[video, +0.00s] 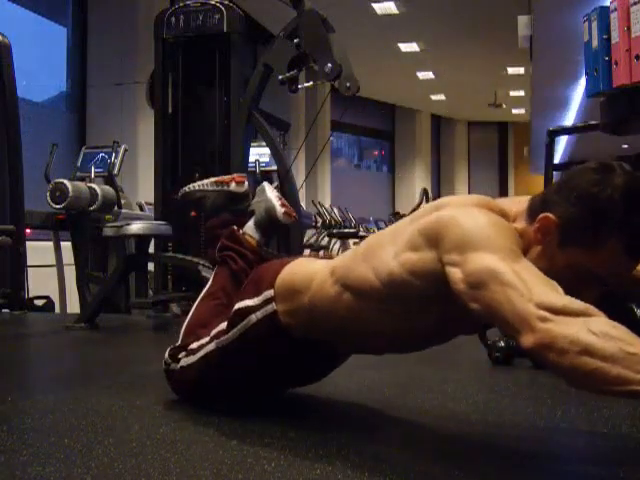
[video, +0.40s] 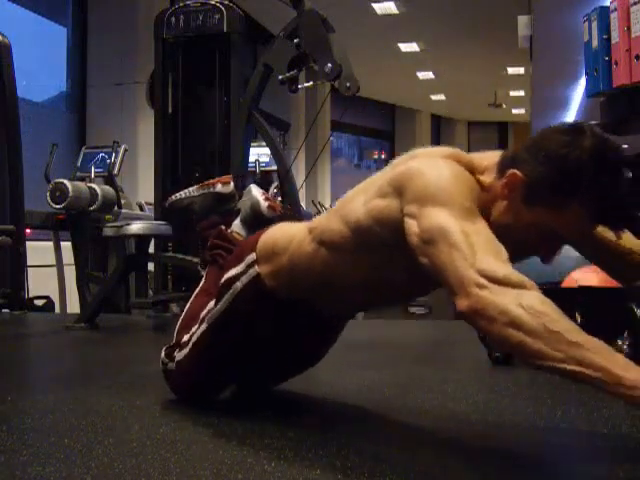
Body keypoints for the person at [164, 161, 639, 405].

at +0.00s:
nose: (576, 287)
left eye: (589, 283)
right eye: (579, 276)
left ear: (546, 226)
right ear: (543, 232)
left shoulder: (523, 228)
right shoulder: (469, 232)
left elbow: (577, 316)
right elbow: (547, 338)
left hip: (331, 326)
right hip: (284, 312)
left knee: (226, 378)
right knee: (184, 371)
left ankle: (264, 253)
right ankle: (231, 246)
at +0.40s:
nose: (549, 250)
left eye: (565, 237)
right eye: (550, 233)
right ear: (511, 192)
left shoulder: (530, 186)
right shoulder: (433, 180)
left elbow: (622, 254)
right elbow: (489, 300)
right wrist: (631, 379)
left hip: (323, 311)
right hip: (266, 291)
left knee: (245, 381)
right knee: (184, 378)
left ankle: (259, 252)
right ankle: (225, 257)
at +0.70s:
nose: (480, 199)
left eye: (494, 192)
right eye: (479, 185)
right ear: (450, 138)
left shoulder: (481, 147)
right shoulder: (377, 130)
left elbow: (564, 230)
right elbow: (400, 253)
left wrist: (622, 298)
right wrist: (515, 361)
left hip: (308, 276)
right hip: (240, 256)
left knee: (246, 378)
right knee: (177, 376)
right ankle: (199, 238)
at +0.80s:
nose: (462, 190)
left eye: (474, 180)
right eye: (460, 172)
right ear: (430, 126)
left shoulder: (456, 135)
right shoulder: (357, 118)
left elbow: (537, 221)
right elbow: (370, 242)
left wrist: (577, 279)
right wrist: (475, 353)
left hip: (299, 269)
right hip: (229, 252)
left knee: (243, 379)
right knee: (178, 377)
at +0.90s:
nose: (443, 178)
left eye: (455, 167)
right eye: (440, 161)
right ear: (410, 119)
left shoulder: (441, 131)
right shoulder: (340, 110)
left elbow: (512, 216)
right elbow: (343, 236)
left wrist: (571, 310)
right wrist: (435, 351)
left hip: (290, 263)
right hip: (222, 246)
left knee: (243, 379)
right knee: (179, 381)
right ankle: (176, 240)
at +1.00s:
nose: (429, 167)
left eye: (441, 157)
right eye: (425, 152)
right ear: (392, 111)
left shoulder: (432, 124)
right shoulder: (324, 99)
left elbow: (497, 212)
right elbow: (316, 225)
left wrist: (543, 319)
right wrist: (399, 350)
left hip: (283, 258)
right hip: (215, 246)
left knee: (242, 378)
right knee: (180, 383)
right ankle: (173, 250)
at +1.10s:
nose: (412, 161)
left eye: (426, 151)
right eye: (408, 146)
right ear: (378, 102)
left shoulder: (425, 108)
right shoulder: (313, 93)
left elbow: (479, 206)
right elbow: (298, 217)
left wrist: (516, 320)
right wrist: (370, 345)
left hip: (279, 253)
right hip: (212, 242)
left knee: (241, 379)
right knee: (177, 384)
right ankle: (162, 251)